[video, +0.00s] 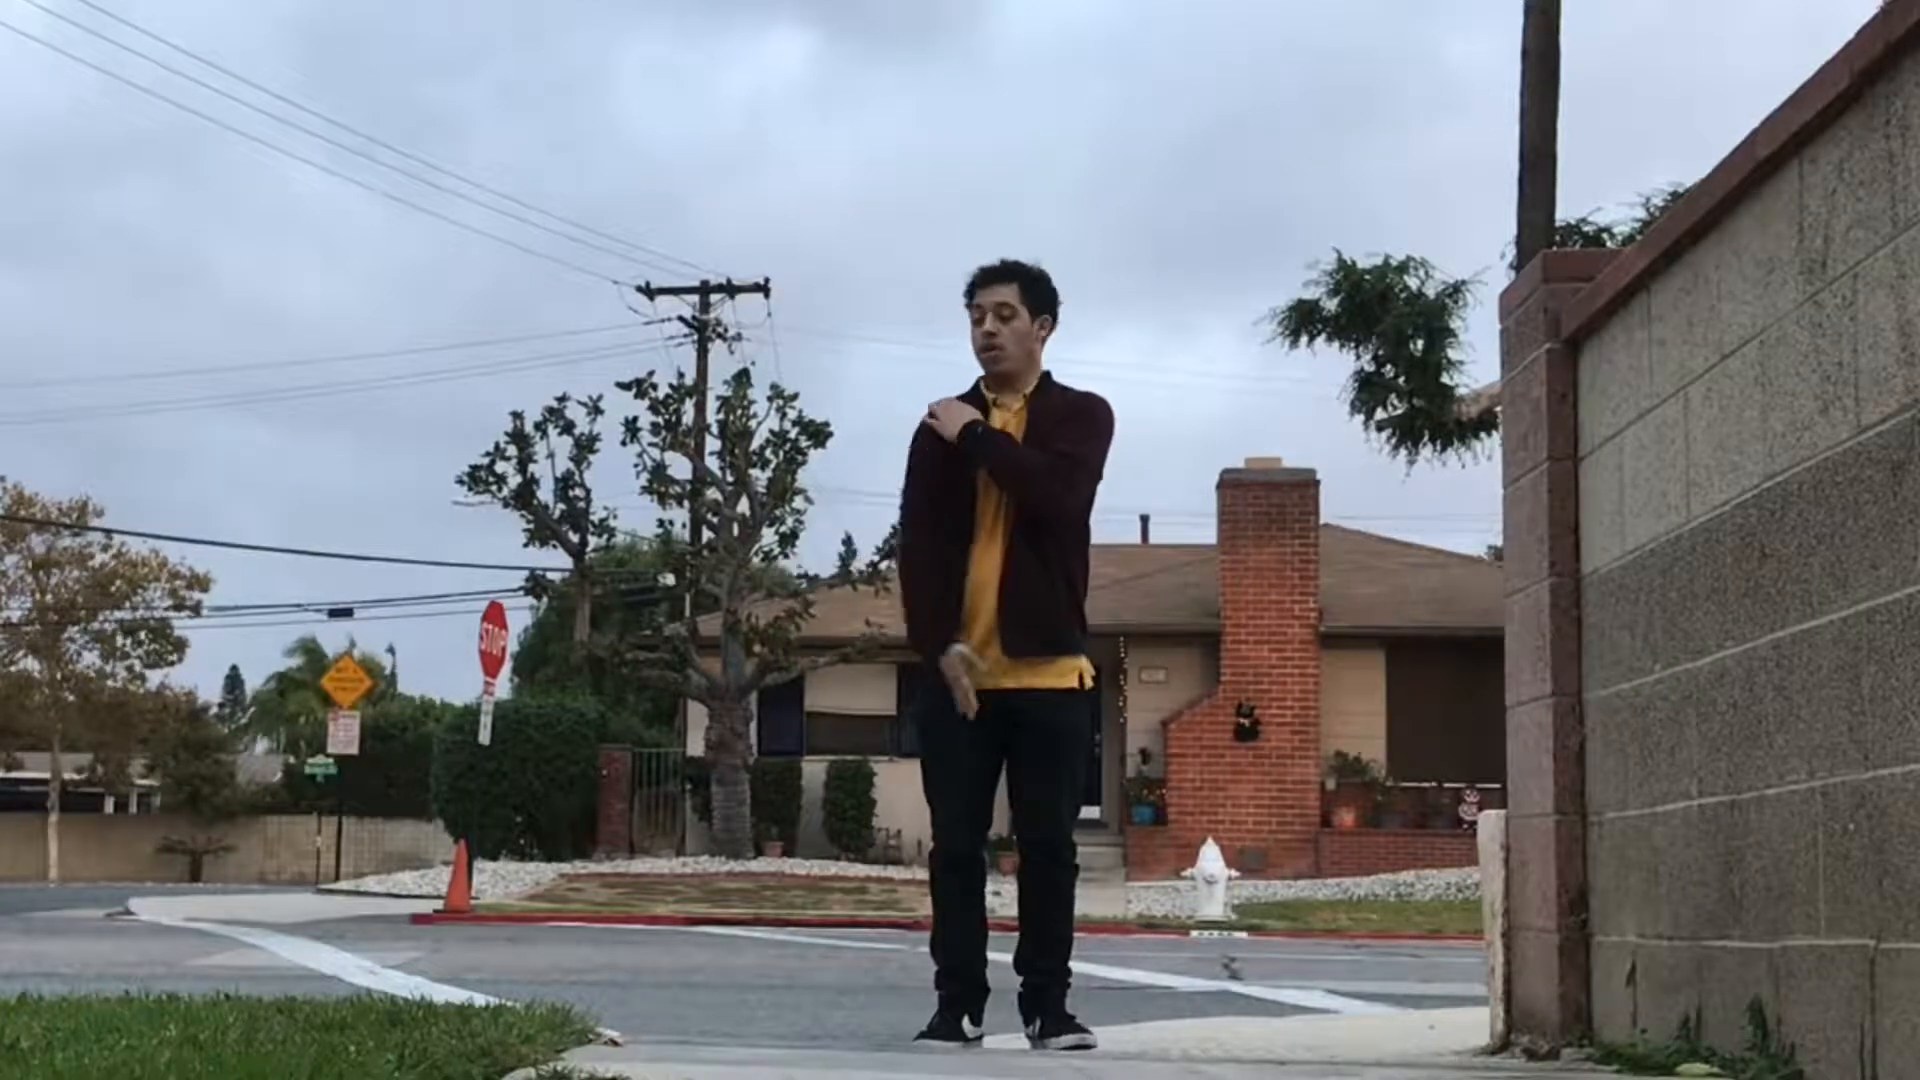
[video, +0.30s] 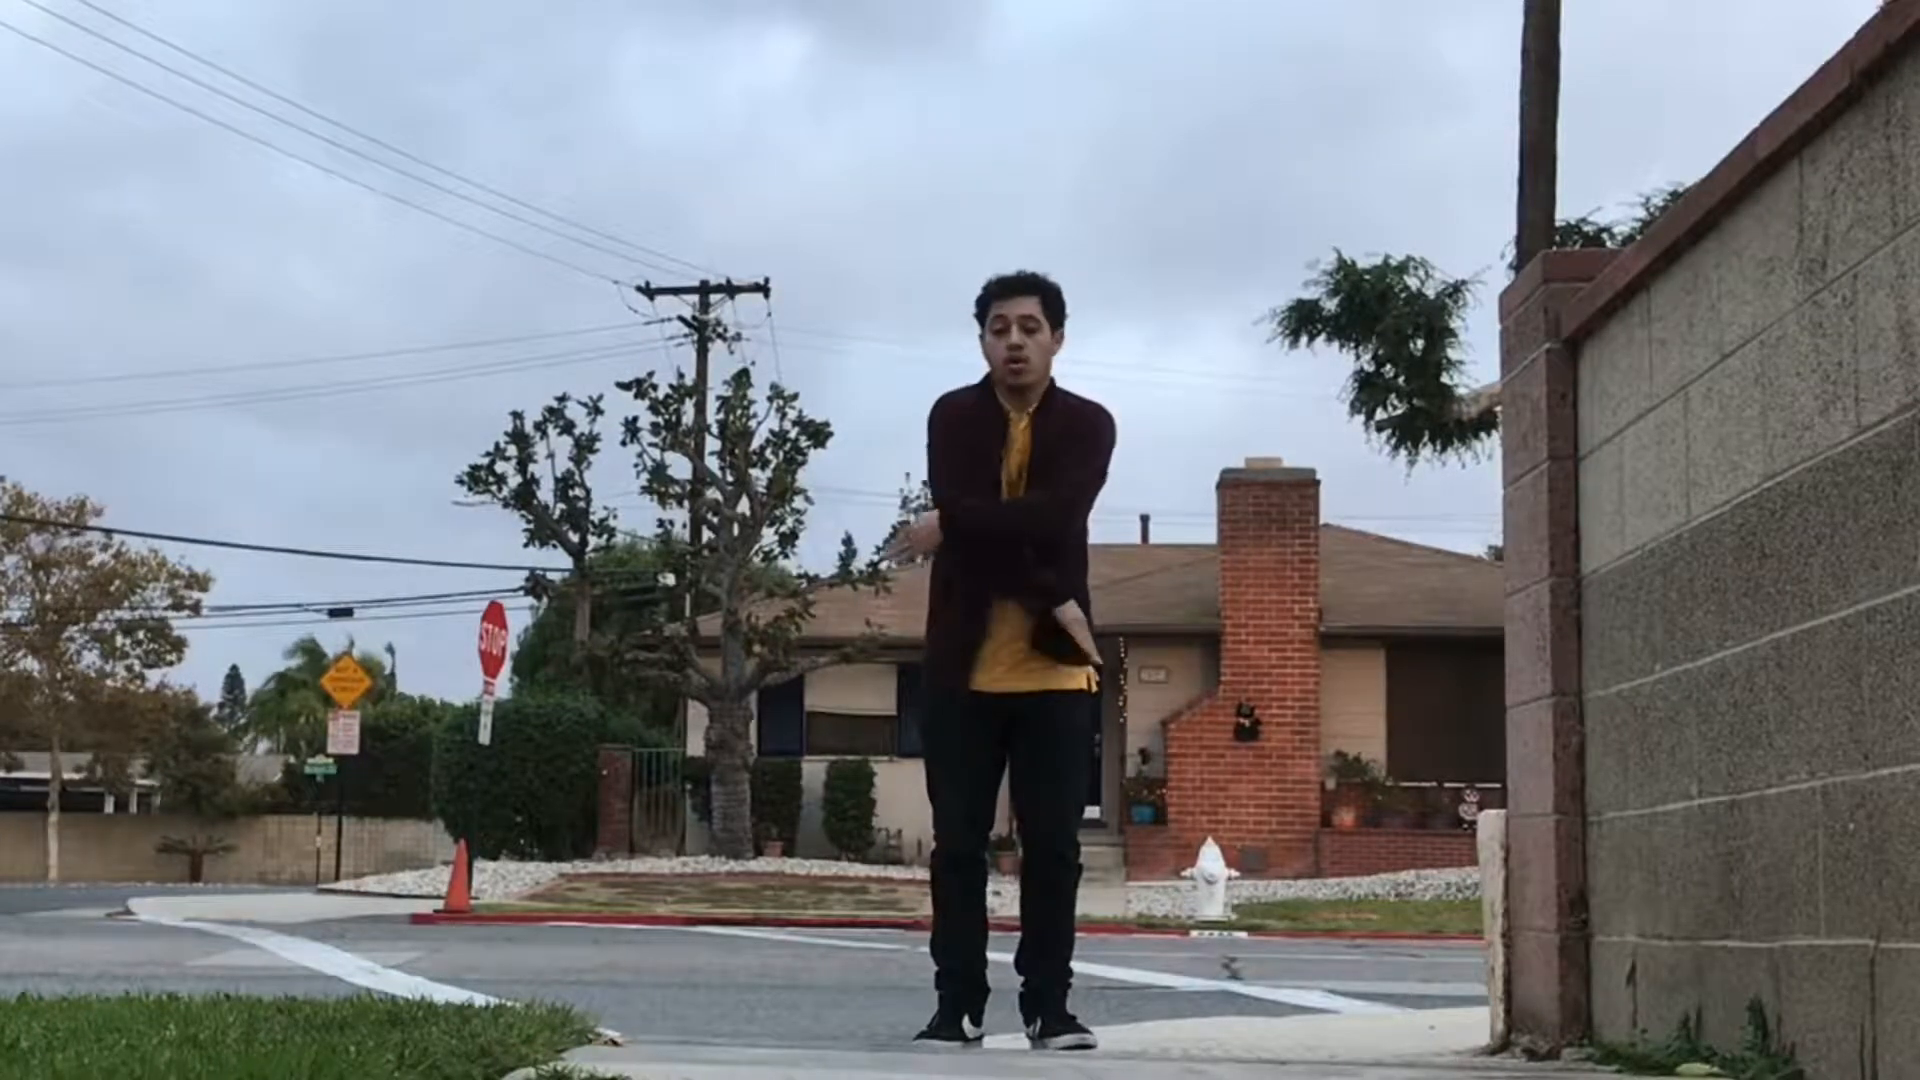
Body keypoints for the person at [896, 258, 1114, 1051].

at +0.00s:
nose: (988, 328)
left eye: (1004, 315)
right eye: (978, 317)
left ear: (1043, 327)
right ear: (969, 331)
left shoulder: (1083, 414)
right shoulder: (943, 425)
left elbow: (1060, 496)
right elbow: (920, 545)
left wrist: (973, 432)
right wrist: (937, 646)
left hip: (1048, 673)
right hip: (956, 673)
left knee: (1049, 848)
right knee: (956, 849)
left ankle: (1047, 1008)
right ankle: (957, 1009)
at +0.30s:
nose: (1015, 341)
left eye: (1030, 327)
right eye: (1000, 328)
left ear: (1057, 340)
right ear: (980, 340)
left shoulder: (1089, 424)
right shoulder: (952, 415)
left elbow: (1058, 515)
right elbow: (964, 530)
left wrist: (949, 522)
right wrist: (1052, 598)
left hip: (1056, 673)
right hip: (964, 671)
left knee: (1053, 849)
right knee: (958, 848)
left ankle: (1048, 1009)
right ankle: (957, 1008)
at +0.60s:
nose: (1015, 342)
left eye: (1029, 328)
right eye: (999, 329)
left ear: (1054, 340)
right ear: (980, 342)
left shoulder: (1085, 417)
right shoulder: (955, 411)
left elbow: (1064, 494)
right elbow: (985, 514)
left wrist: (967, 492)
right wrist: (1094, 531)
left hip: (1058, 675)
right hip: (964, 672)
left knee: (1053, 851)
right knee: (956, 847)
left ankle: (1048, 1008)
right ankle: (957, 1007)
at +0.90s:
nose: (1008, 338)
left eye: (1021, 325)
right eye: (992, 327)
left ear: (1046, 337)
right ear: (974, 341)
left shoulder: (1078, 412)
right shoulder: (949, 410)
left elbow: (1067, 487)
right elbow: (976, 513)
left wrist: (971, 497)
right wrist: (1080, 530)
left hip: (1054, 676)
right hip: (961, 674)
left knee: (1052, 850)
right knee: (957, 848)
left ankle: (1048, 1008)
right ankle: (958, 1006)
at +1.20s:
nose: (987, 336)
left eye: (1000, 323)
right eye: (971, 326)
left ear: (1029, 336)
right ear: (955, 342)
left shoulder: (1065, 412)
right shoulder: (933, 411)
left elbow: (1082, 489)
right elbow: (928, 492)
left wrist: (996, 525)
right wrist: (1021, 538)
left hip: (1046, 674)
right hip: (954, 673)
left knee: (1049, 850)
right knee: (954, 848)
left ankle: (1048, 1010)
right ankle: (957, 1008)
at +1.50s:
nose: (959, 336)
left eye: (972, 321)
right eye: (945, 327)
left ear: (1003, 331)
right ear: (931, 345)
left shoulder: (1051, 410)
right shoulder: (918, 420)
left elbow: (1078, 488)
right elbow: (926, 508)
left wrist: (975, 530)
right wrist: (1035, 529)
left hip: (1042, 675)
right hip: (949, 676)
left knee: (1047, 850)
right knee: (952, 850)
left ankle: (1048, 1009)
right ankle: (957, 1008)